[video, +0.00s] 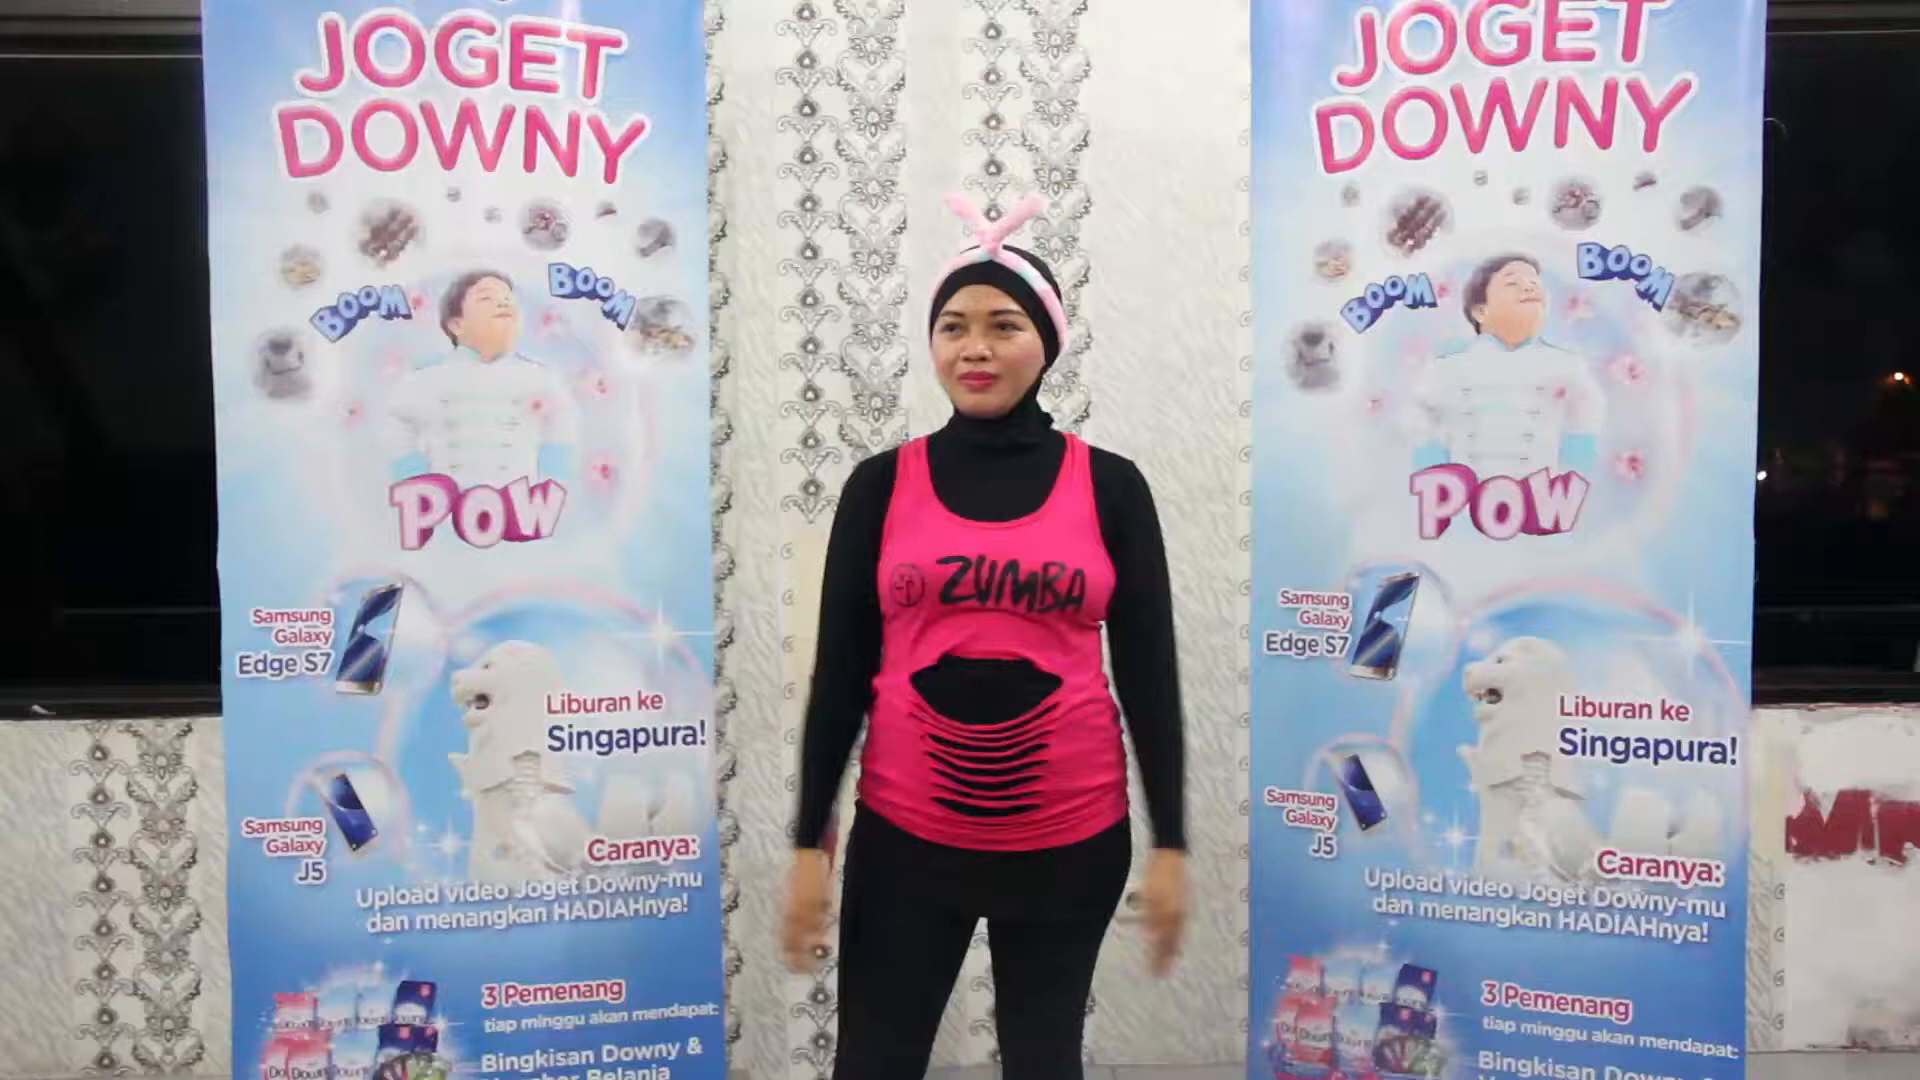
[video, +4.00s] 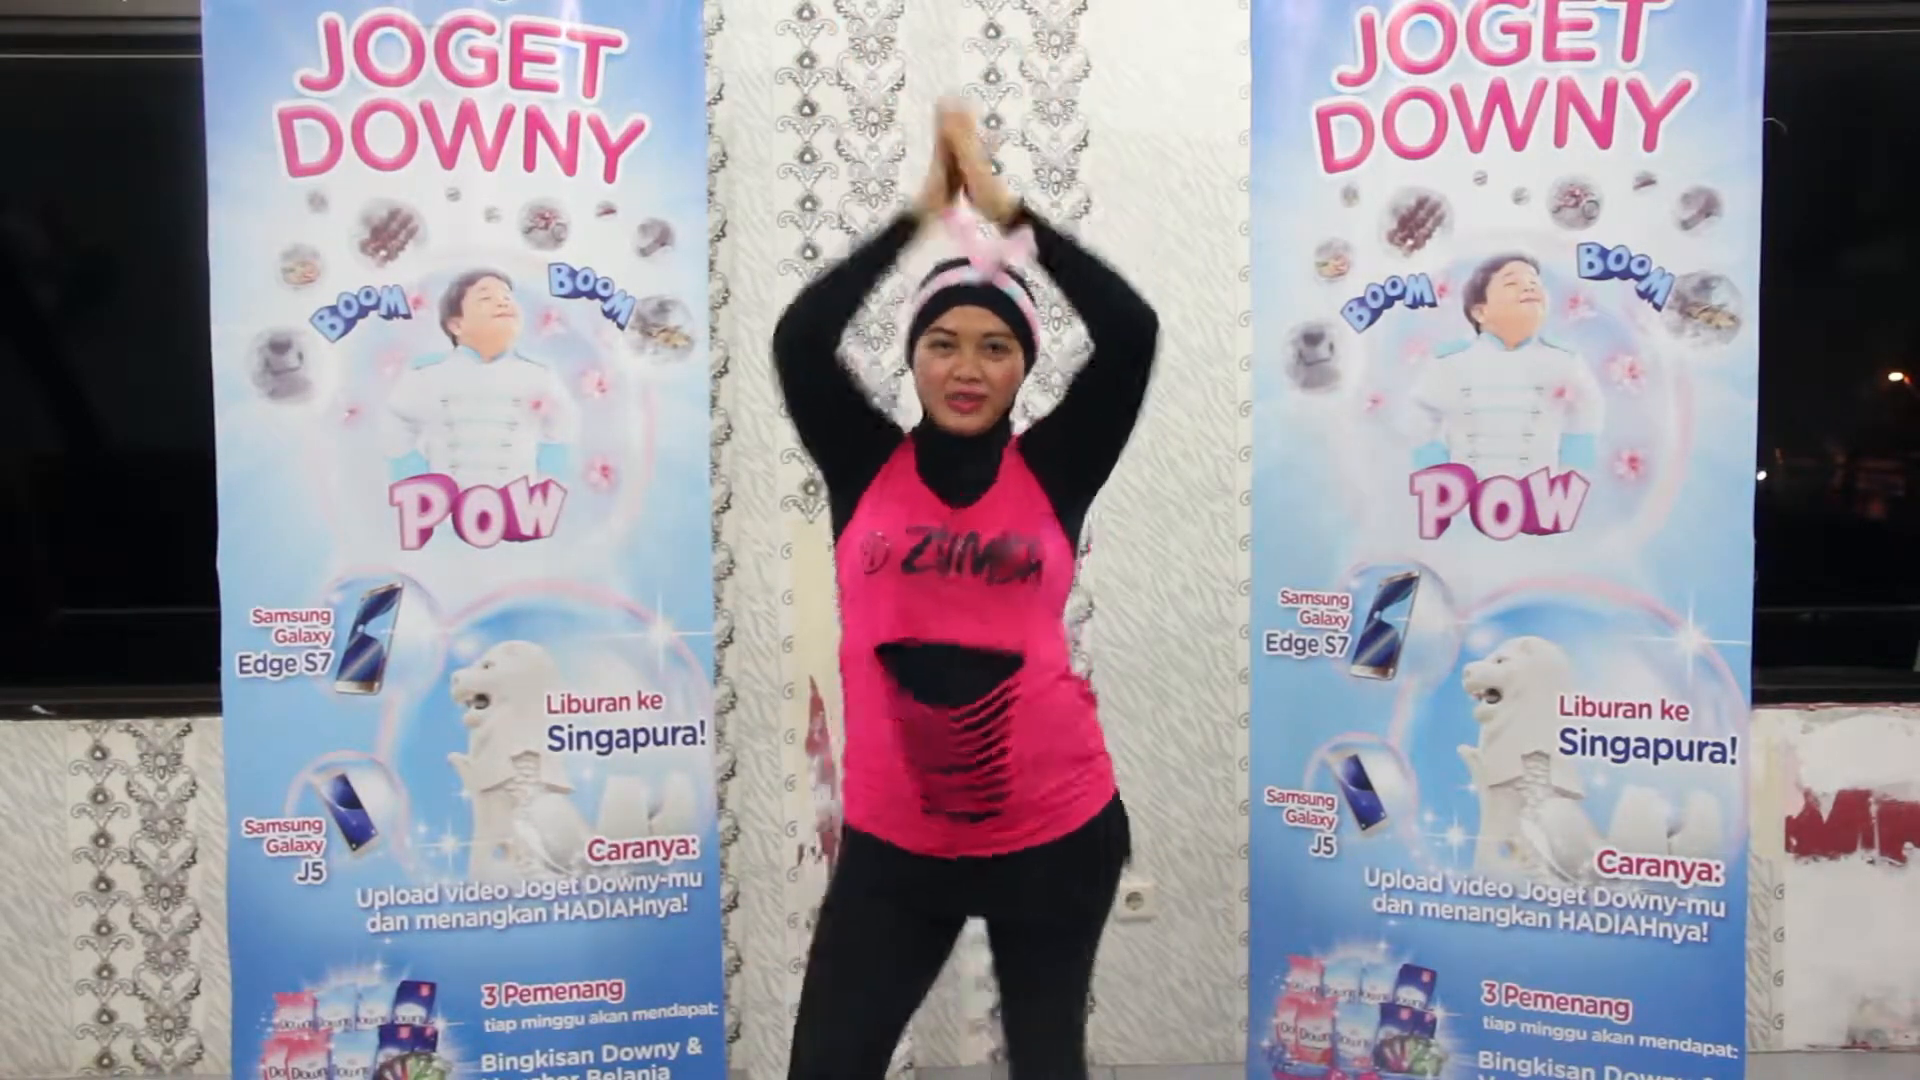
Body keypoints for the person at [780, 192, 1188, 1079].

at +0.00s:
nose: (976, 347)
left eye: (1005, 326)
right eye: (955, 326)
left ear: (1047, 348)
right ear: (933, 347)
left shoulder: (1109, 487)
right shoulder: (880, 487)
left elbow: (1147, 670)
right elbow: (843, 670)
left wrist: (1170, 842)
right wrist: (811, 841)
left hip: (1066, 836)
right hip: (908, 834)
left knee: (1044, 1062)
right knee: (873, 1063)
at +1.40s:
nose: (982, 349)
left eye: (1009, 327)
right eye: (958, 329)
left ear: (1047, 347)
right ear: (932, 351)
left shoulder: (1104, 480)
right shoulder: (883, 484)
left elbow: (1158, 646)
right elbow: (836, 656)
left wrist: (1205, 811)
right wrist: (775, 817)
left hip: (1067, 829)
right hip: (908, 827)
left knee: (1042, 1057)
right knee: (875, 1060)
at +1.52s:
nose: (985, 354)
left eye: (1012, 332)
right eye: (961, 333)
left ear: (1047, 351)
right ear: (933, 352)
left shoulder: (1102, 471)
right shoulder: (884, 479)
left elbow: (1209, 582)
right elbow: (793, 615)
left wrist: (1293, 632)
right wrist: (693, 650)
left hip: (1069, 826)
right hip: (914, 824)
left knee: (1045, 1061)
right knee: (876, 1061)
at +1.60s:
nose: (985, 358)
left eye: (1009, 337)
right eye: (961, 338)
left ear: (1046, 352)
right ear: (933, 355)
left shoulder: (1101, 461)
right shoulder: (889, 468)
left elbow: (1261, 511)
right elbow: (739, 554)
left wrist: (1330, 438)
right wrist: (639, 469)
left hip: (1069, 837)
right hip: (914, 834)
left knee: (1045, 1061)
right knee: (876, 1063)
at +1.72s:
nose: (989, 360)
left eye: (1014, 339)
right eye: (965, 339)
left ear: (1048, 355)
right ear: (936, 356)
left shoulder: (1099, 457)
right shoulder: (884, 467)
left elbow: (1244, 378)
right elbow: (738, 431)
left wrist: (1264, 229)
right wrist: (703, 270)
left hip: (1070, 837)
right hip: (916, 833)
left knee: (1048, 1063)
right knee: (874, 1064)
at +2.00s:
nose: (993, 374)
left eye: (1017, 353)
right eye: (969, 351)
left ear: (1049, 366)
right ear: (935, 361)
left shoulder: (1079, 462)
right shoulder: (881, 463)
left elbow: (1175, 306)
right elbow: (786, 319)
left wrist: (1126, 142)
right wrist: (824, 156)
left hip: (1073, 840)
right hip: (917, 840)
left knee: (1054, 1061)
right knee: (872, 1064)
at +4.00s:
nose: (967, 365)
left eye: (993, 347)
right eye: (944, 344)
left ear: (1023, 371)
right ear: (912, 365)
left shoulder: (1054, 472)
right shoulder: (865, 468)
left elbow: (1130, 331)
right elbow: (801, 336)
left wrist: (1014, 216)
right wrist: (917, 214)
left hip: (1052, 839)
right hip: (895, 842)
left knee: (1048, 1060)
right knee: (824, 1064)